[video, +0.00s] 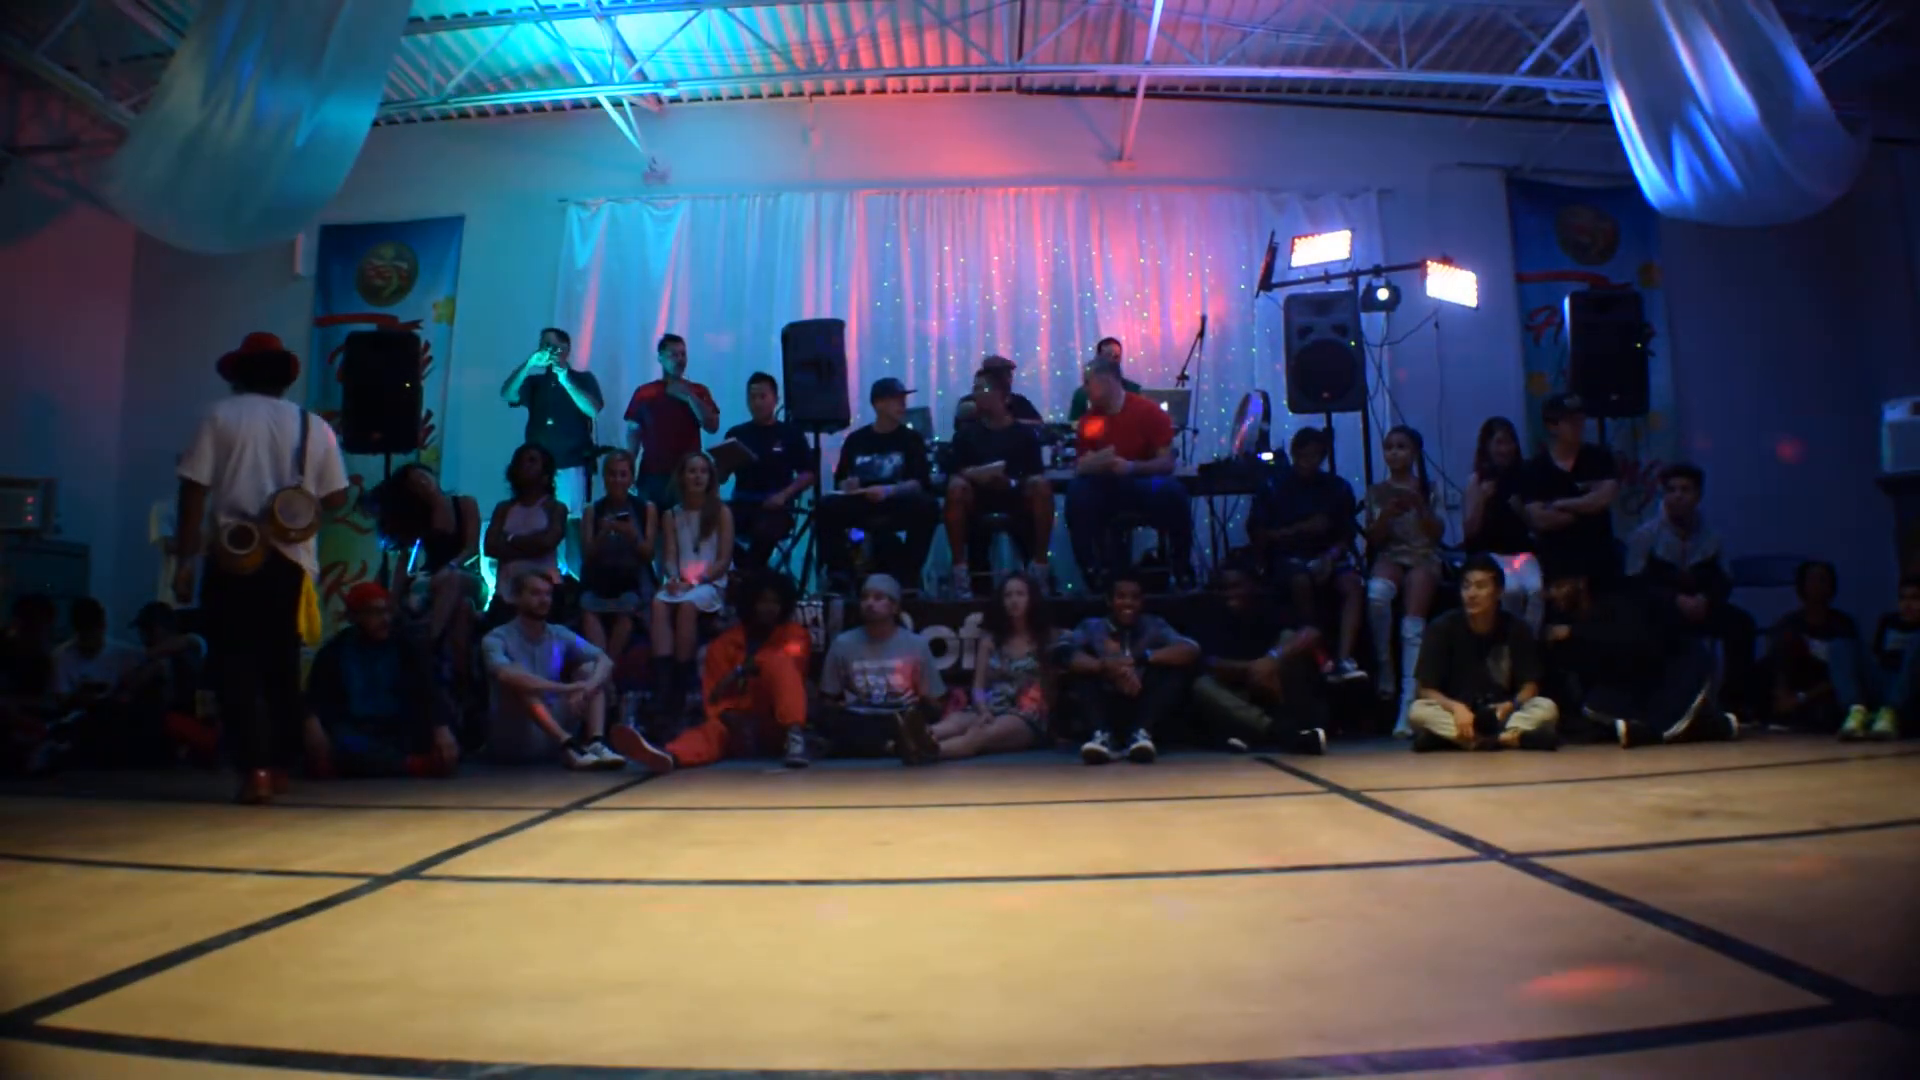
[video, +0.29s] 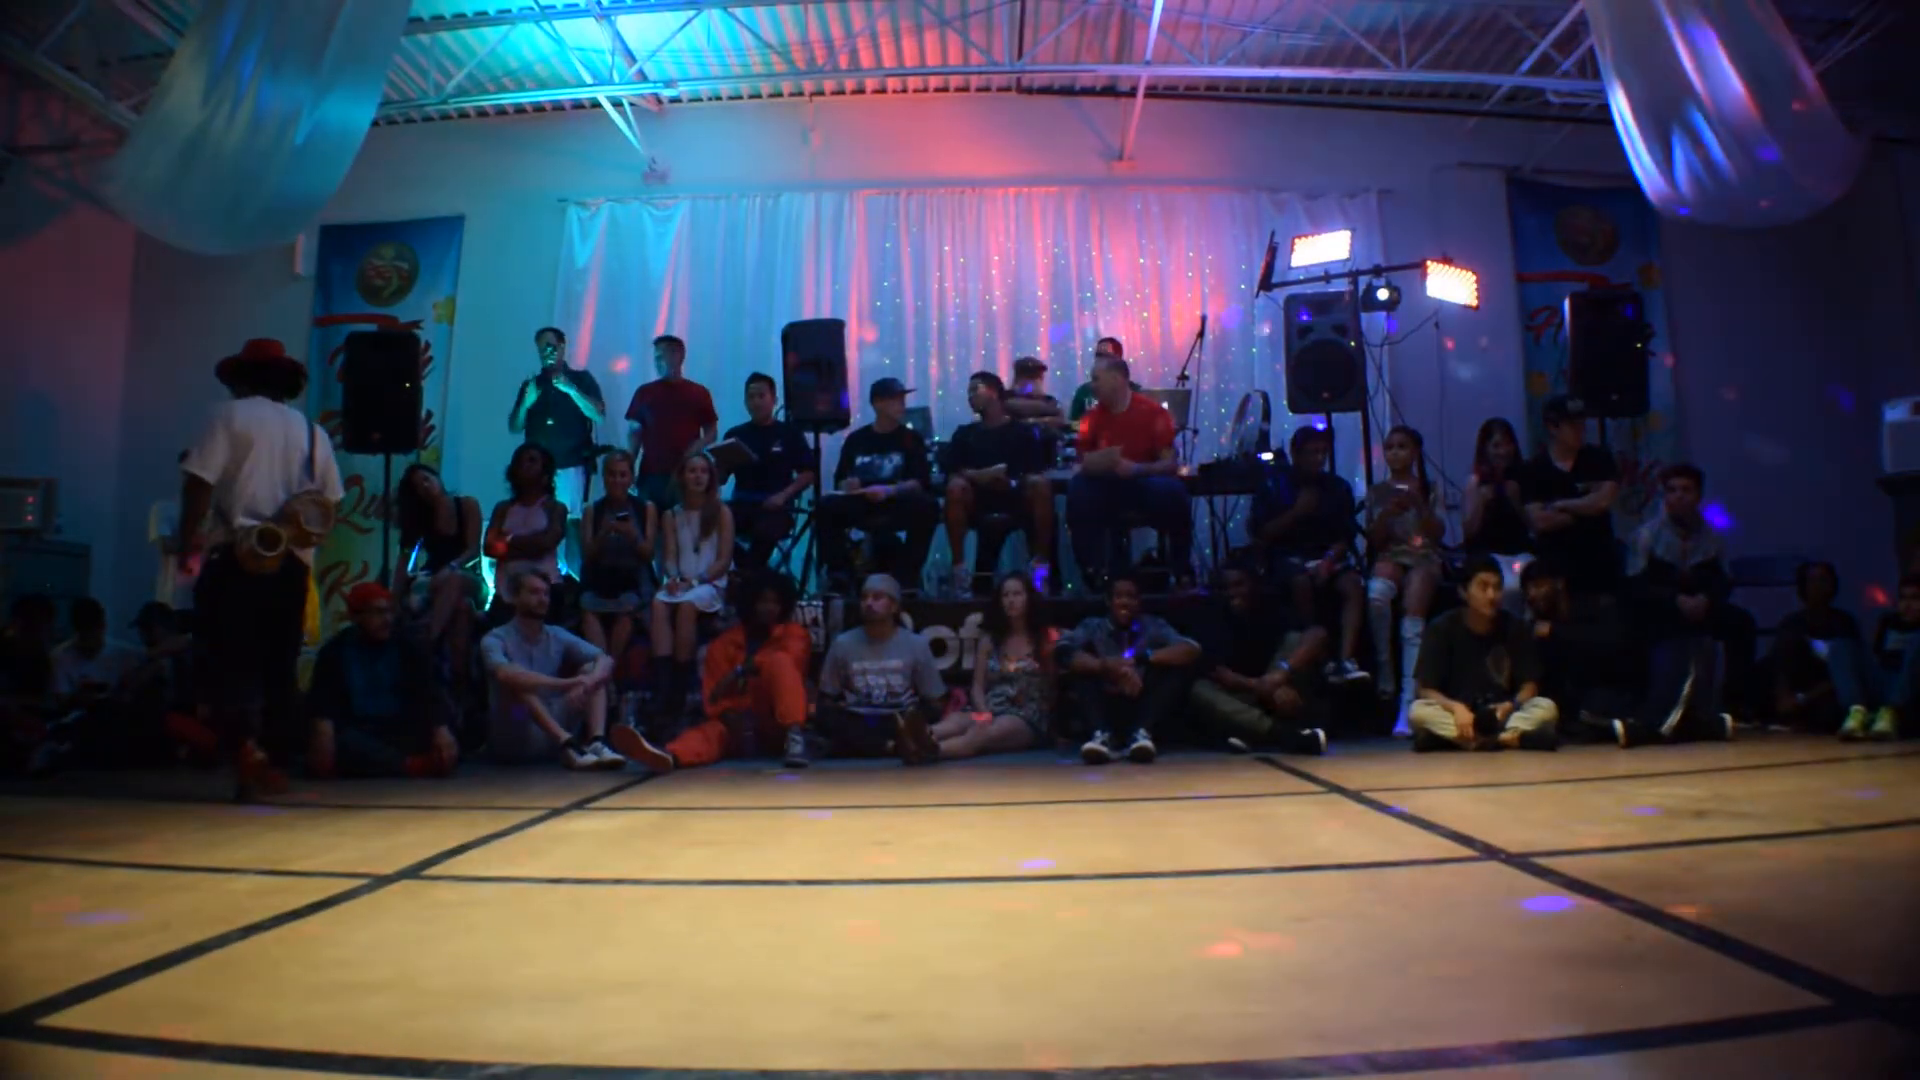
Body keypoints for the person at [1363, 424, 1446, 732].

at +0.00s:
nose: (1394, 453)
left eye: (1401, 447)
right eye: (1389, 448)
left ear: (1415, 453)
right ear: (1383, 453)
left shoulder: (1431, 489)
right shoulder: (1376, 492)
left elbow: (1437, 533)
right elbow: (1373, 536)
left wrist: (1418, 505)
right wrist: (1388, 514)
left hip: (1422, 554)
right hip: (1389, 554)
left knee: (1412, 628)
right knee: (1377, 596)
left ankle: (1407, 710)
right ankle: (1385, 670)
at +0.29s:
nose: (1395, 453)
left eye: (1402, 447)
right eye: (1390, 448)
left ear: (1416, 452)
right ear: (1384, 453)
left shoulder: (1431, 489)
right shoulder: (1376, 492)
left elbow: (1438, 533)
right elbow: (1373, 537)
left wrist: (1419, 504)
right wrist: (1389, 513)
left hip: (1421, 552)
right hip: (1389, 552)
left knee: (1412, 620)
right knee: (1377, 597)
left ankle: (1409, 701)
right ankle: (1385, 672)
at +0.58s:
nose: (1397, 452)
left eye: (1403, 446)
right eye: (1391, 447)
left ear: (1417, 452)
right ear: (1385, 453)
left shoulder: (1432, 488)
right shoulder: (1378, 491)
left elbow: (1437, 533)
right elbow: (1373, 537)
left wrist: (1420, 504)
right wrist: (1387, 513)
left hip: (1422, 552)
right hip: (1391, 552)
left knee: (1414, 622)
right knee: (1378, 597)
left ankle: (1410, 701)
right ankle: (1384, 674)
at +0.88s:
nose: (1396, 453)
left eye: (1403, 447)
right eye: (1390, 448)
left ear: (1416, 452)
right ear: (1383, 454)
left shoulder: (1430, 490)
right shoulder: (1376, 492)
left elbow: (1433, 535)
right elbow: (1372, 537)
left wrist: (1419, 506)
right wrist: (1386, 514)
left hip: (1420, 554)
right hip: (1388, 553)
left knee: (1411, 624)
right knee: (1375, 597)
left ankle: (1406, 705)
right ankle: (1381, 672)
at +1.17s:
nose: (1401, 453)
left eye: (1408, 447)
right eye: (1395, 447)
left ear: (1417, 452)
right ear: (1387, 453)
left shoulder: (1429, 489)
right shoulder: (1377, 491)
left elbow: (1434, 533)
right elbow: (1373, 535)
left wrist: (1419, 505)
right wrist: (1387, 513)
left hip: (1421, 552)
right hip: (1389, 551)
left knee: (1412, 627)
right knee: (1377, 598)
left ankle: (1408, 704)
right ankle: (1382, 672)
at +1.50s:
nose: (1402, 453)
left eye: (1407, 447)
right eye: (1396, 447)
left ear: (1416, 452)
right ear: (1387, 453)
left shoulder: (1431, 488)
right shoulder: (1377, 491)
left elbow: (1437, 533)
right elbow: (1373, 536)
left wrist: (1417, 509)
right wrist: (1388, 513)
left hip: (1422, 550)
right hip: (1390, 550)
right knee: (1378, 592)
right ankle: (1382, 675)